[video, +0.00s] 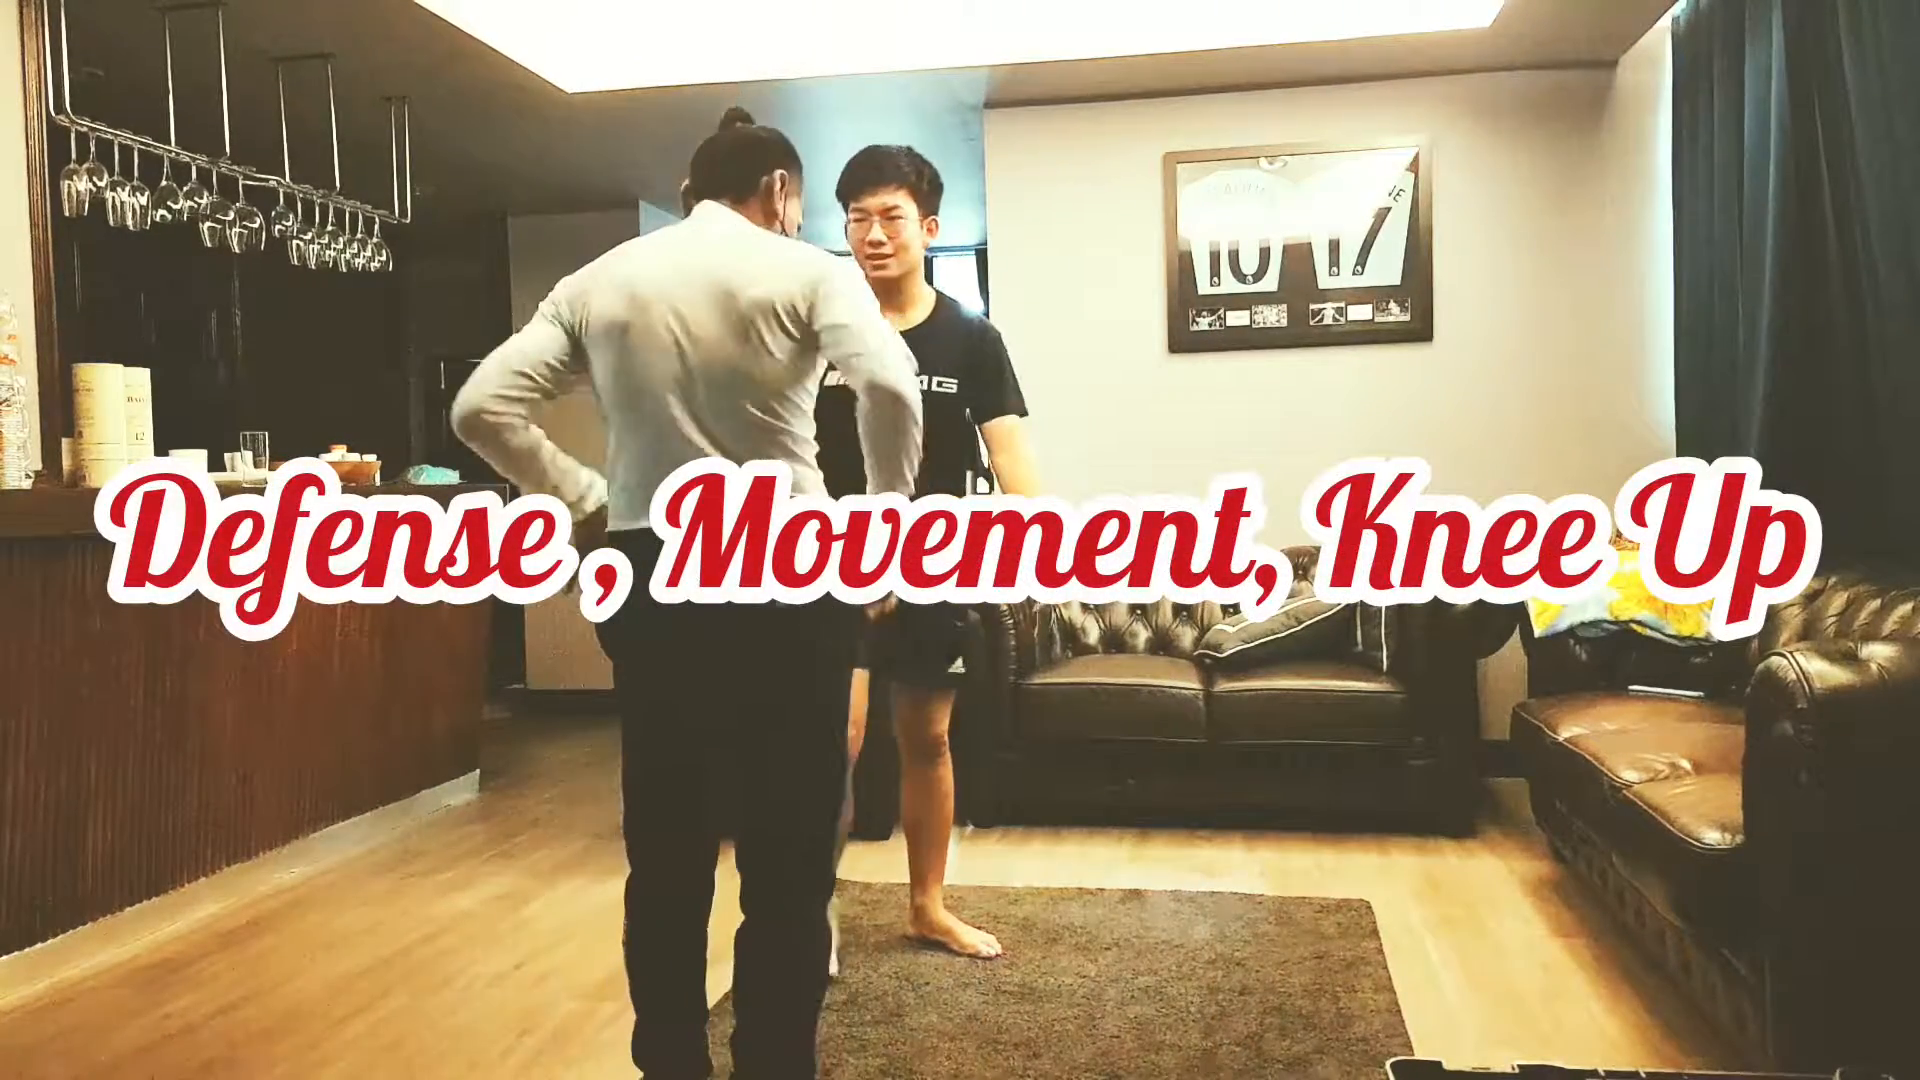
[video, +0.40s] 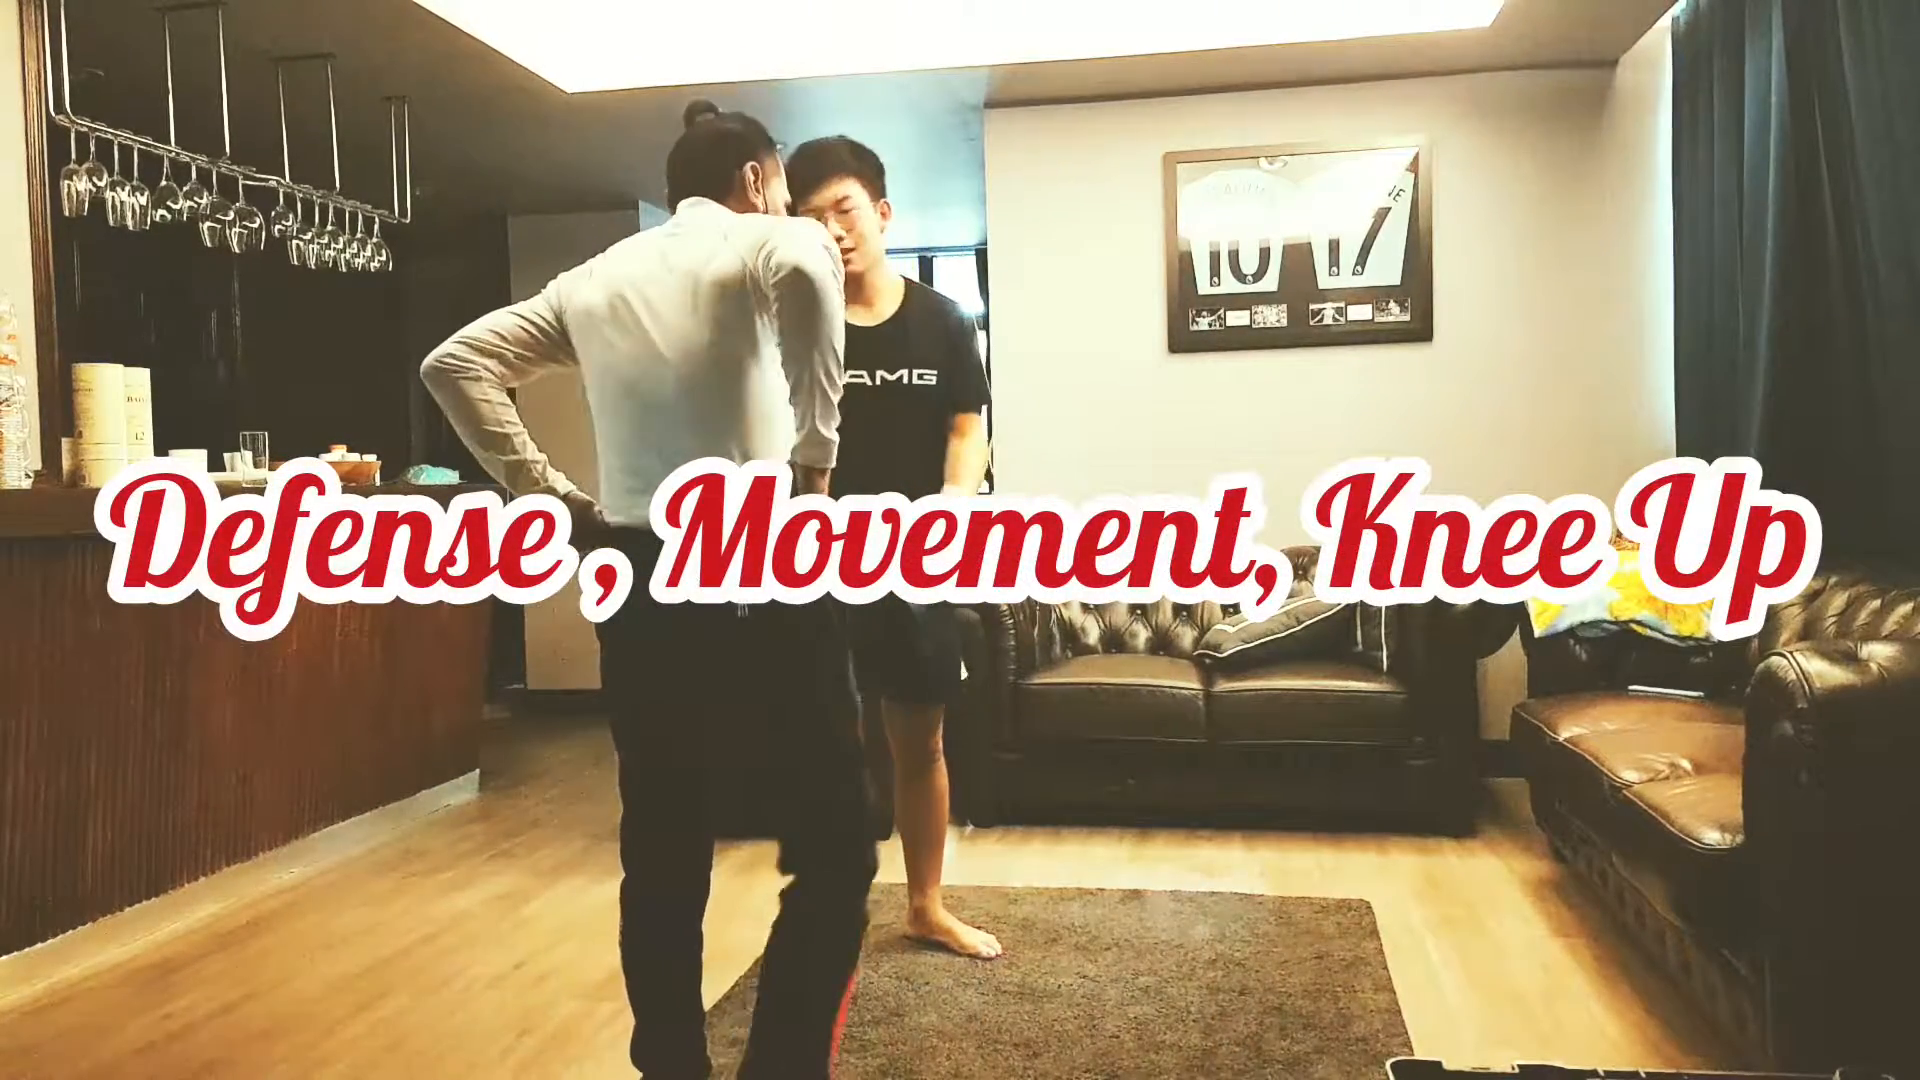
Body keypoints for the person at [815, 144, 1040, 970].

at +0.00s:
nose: (874, 235)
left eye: (891, 217)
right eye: (859, 220)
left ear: (929, 224)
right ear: (845, 231)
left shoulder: (969, 340)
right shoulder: (823, 335)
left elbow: (1016, 470)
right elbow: (787, 458)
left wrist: (1033, 570)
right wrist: (798, 564)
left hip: (935, 569)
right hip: (837, 568)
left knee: (927, 741)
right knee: (835, 739)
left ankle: (928, 905)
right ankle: (813, 914)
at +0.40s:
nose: (834, 230)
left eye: (846, 209)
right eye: (816, 218)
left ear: (883, 211)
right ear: (800, 233)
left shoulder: (938, 319)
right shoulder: (796, 326)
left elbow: (968, 429)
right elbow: (772, 439)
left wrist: (945, 522)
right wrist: (797, 530)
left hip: (913, 560)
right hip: (821, 566)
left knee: (920, 743)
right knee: (832, 743)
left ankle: (927, 905)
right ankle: (831, 912)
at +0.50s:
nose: (826, 235)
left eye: (838, 215)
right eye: (811, 223)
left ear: (876, 213)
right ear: (797, 232)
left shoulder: (931, 317)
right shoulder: (791, 322)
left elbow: (972, 438)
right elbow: (763, 426)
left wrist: (965, 432)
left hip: (917, 556)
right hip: (819, 559)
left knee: (924, 742)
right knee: (827, 746)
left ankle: (929, 907)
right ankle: (827, 933)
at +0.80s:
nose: (846, 239)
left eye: (859, 224)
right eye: (832, 226)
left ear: (897, 223)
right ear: (815, 230)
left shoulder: (930, 296)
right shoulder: (803, 301)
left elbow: (998, 317)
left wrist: (926, 242)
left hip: (931, 537)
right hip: (830, 541)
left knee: (967, 730)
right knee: (840, 745)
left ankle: (989, 858)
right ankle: (827, 929)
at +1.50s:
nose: (978, 250)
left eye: (995, 234)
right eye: (968, 237)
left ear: (1037, 240)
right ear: (959, 242)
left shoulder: (1063, 325)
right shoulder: (938, 325)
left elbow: (1081, 310)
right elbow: (905, 438)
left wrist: (1046, 271)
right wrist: (877, 532)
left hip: (1030, 555)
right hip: (935, 551)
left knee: (1028, 727)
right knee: (923, 724)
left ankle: (1025, 875)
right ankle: (904, 895)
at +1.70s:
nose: (986, 250)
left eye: (1003, 235)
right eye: (976, 236)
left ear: (1045, 243)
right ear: (967, 243)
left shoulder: (1073, 331)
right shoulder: (935, 333)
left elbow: (1076, 311)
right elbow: (897, 436)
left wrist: (1046, 265)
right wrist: (892, 562)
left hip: (1033, 557)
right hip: (943, 554)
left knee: (1029, 721)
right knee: (931, 716)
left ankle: (1025, 877)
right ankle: (929, 877)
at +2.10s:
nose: (962, 265)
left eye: (977, 250)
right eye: (952, 253)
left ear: (1017, 256)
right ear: (942, 263)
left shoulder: (1044, 340)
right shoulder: (922, 344)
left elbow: (1055, 325)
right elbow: (872, 420)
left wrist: (1029, 287)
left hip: (1016, 552)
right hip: (937, 550)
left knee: (1007, 708)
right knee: (943, 701)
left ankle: (1024, 869)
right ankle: (980, 820)